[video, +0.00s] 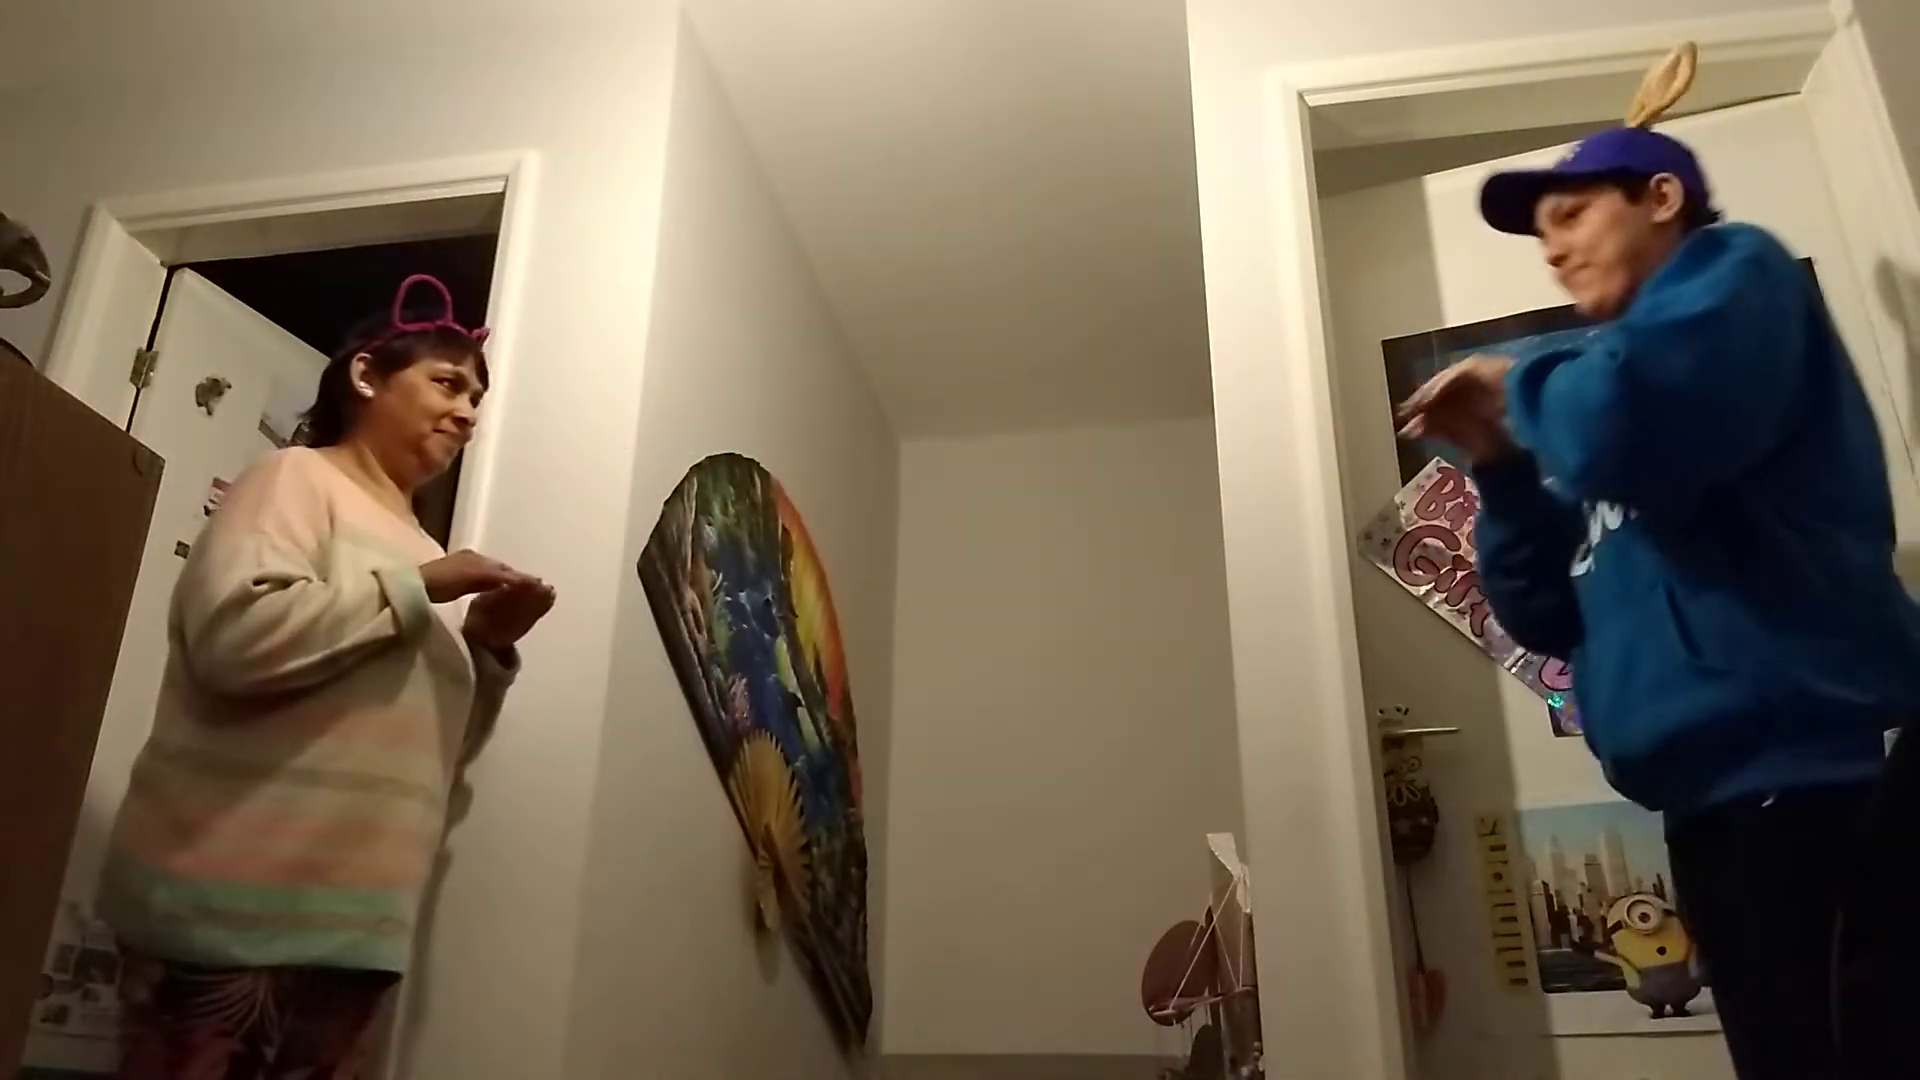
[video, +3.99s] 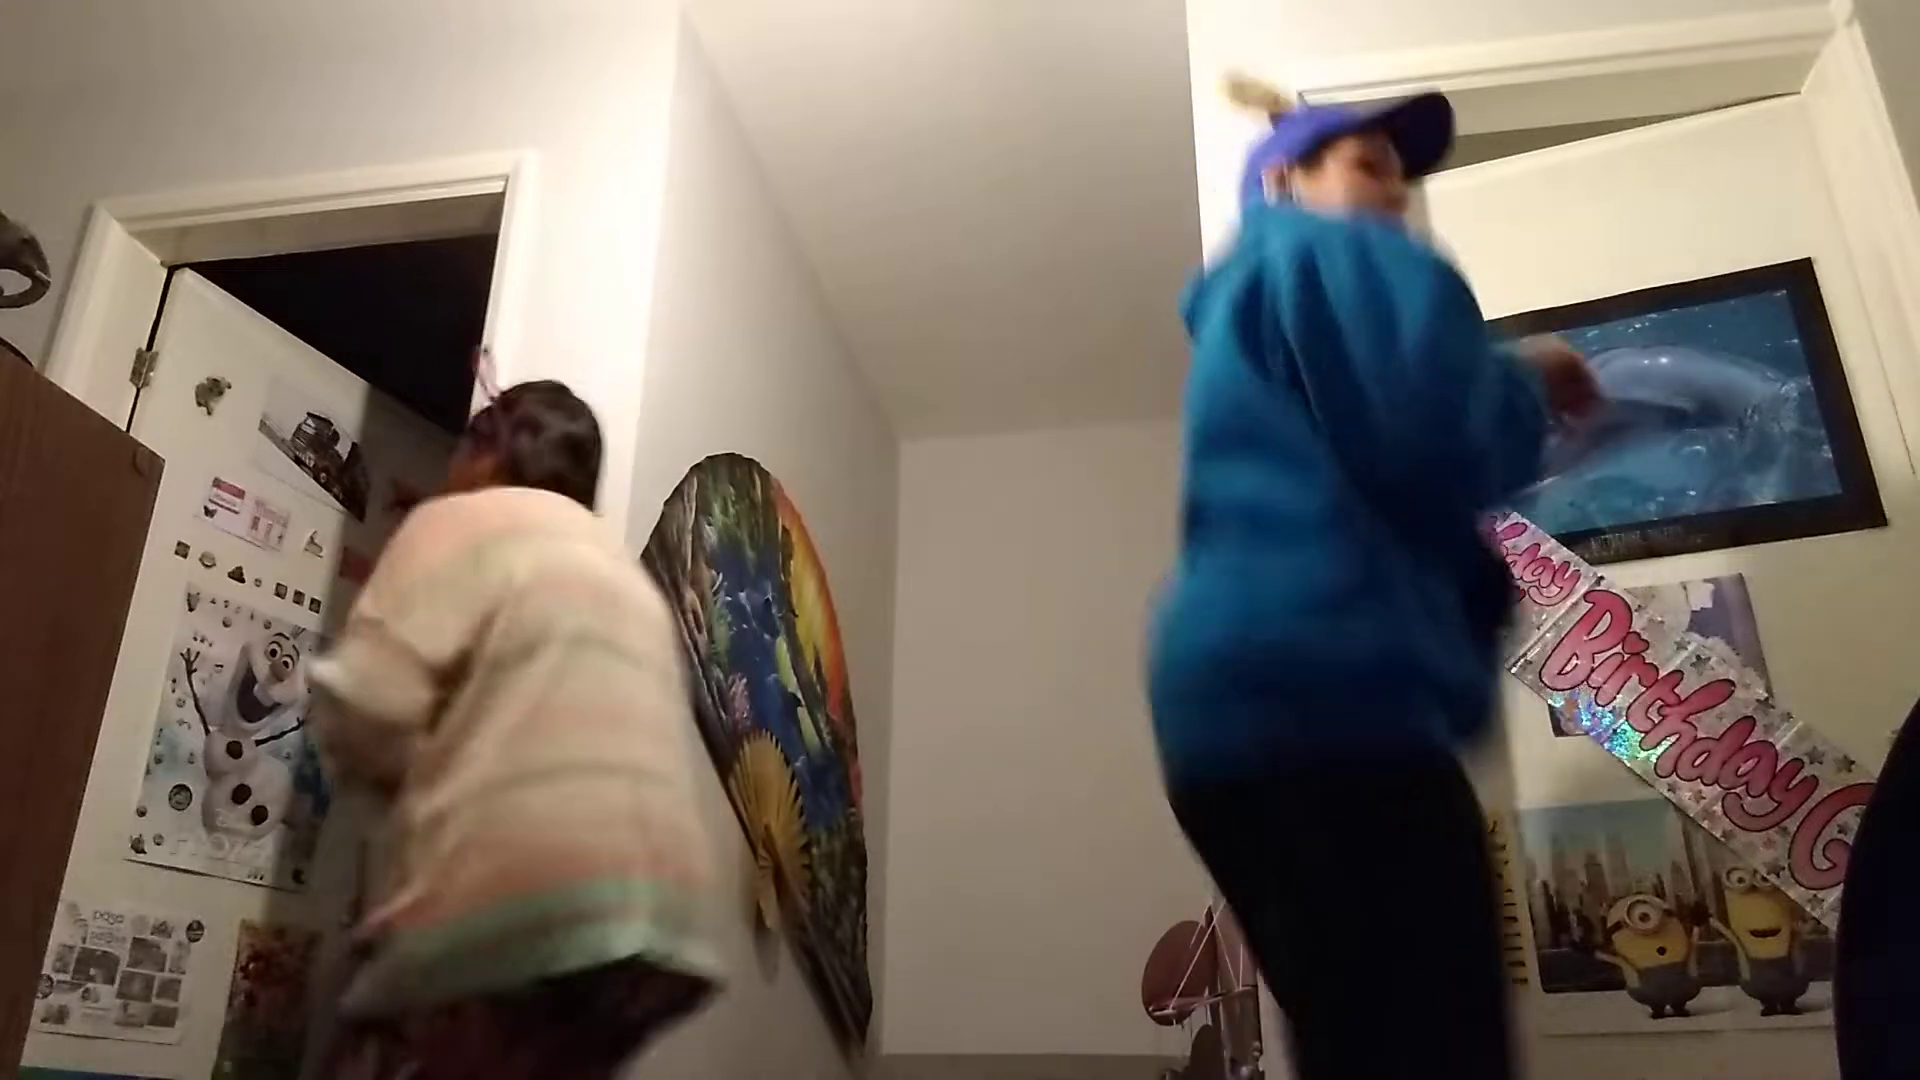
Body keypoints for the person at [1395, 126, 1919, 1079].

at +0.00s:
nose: (1553, 247)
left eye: (1573, 214)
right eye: (1544, 231)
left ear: (1661, 200)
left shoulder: (1736, 273)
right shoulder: (1635, 364)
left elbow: (1630, 423)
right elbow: (1547, 615)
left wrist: (1517, 382)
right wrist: (1502, 473)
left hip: (1818, 788)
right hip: (1721, 809)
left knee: (1835, 1051)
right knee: (1782, 1054)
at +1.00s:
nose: (1176, 214)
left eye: (1189, 179)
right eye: (1172, 194)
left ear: (1262, 151)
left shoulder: (1328, 209)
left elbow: (1206, 352)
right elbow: (1182, 531)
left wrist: (1147, 313)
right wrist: (1170, 362)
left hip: (1385, 655)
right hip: (1313, 669)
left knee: (1337, 1000)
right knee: (1328, 1002)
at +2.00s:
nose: (1036, 277)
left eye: (1039, 261)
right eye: (1038, 264)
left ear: (1070, 246)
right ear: (1172, 247)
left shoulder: (1028, 317)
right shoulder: (1278, 371)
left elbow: (957, 528)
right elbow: (1308, 539)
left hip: (1065, 749)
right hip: (1278, 751)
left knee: (1080, 1046)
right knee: (1280, 1047)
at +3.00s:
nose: (1031, 309)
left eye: (1034, 296)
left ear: (1051, 296)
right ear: (1164, 277)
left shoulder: (1009, 373)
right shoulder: (1266, 378)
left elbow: (940, 547)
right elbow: (1295, 572)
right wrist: (1242, 684)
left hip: (979, 759)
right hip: (1220, 765)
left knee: (1002, 1049)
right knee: (1213, 1049)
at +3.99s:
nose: (1395, 188)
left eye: (1397, 170)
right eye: (1366, 165)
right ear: (1289, 178)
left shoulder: (1247, 287)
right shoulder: (1348, 258)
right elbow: (1449, 441)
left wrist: (1516, 403)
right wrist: (1530, 379)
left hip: (1230, 718)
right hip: (1336, 706)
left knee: (1358, 1033)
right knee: (1438, 1031)